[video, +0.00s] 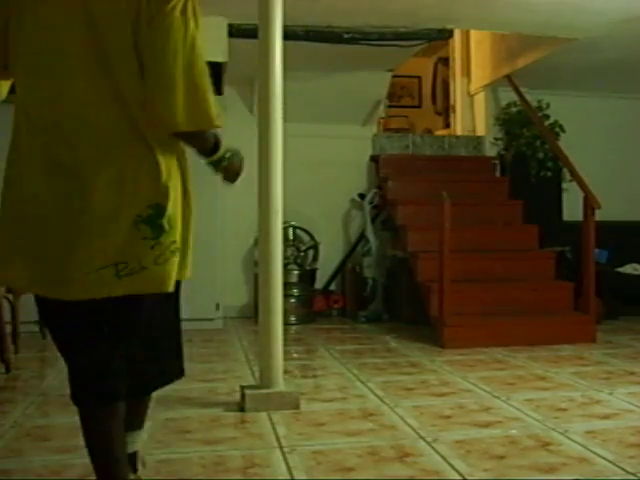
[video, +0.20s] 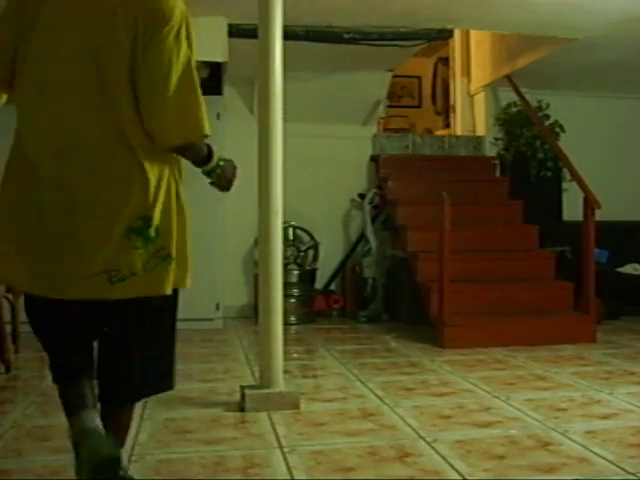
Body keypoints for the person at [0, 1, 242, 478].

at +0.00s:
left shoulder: (24, 12)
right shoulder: (162, 6)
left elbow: (7, 72)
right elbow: (178, 105)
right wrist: (220, 153)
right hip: (134, 213)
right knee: (141, 348)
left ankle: (112, 471)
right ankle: (127, 458)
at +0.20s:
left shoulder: (22, 8)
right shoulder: (157, 7)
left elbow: (7, 80)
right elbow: (174, 118)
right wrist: (214, 166)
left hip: (41, 195)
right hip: (133, 199)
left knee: (63, 326)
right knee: (128, 341)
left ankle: (84, 424)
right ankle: (109, 467)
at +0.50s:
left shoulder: (33, 13)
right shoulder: (148, 9)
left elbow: (9, 118)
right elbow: (213, 93)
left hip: (64, 175)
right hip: (142, 176)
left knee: (73, 285)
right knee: (127, 319)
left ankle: (71, 384)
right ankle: (106, 460)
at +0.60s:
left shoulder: (32, 16)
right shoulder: (147, 10)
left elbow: (16, 99)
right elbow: (217, 82)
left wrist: (28, 158)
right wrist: (195, 40)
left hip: (68, 189)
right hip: (141, 186)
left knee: (75, 307)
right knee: (125, 325)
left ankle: (80, 419)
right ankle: (106, 454)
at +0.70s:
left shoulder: (31, 25)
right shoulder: (142, 14)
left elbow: (18, 107)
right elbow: (207, 76)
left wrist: (32, 166)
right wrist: (190, 29)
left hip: (69, 197)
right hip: (140, 192)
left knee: (75, 318)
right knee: (129, 322)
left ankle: (84, 432)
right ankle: (107, 445)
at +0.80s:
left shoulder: (29, 35)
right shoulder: (140, 30)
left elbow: (15, 116)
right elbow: (204, 89)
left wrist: (29, 160)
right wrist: (187, 39)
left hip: (67, 215)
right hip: (136, 208)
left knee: (77, 329)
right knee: (135, 313)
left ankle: (88, 441)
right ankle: (119, 393)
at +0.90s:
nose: (110, 4)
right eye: (112, 1)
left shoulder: (33, 46)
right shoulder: (135, 43)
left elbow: (16, 147)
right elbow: (194, 112)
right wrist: (185, 69)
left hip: (62, 213)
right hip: (133, 207)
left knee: (74, 333)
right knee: (147, 278)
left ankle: (88, 439)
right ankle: (126, 359)